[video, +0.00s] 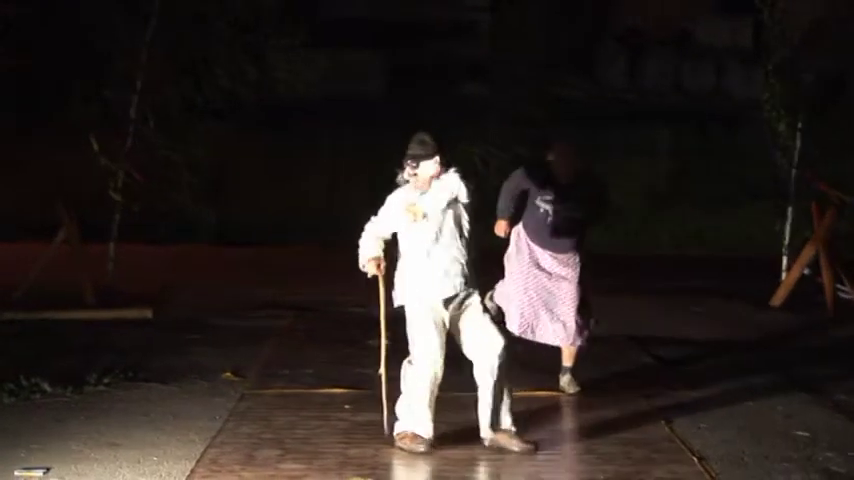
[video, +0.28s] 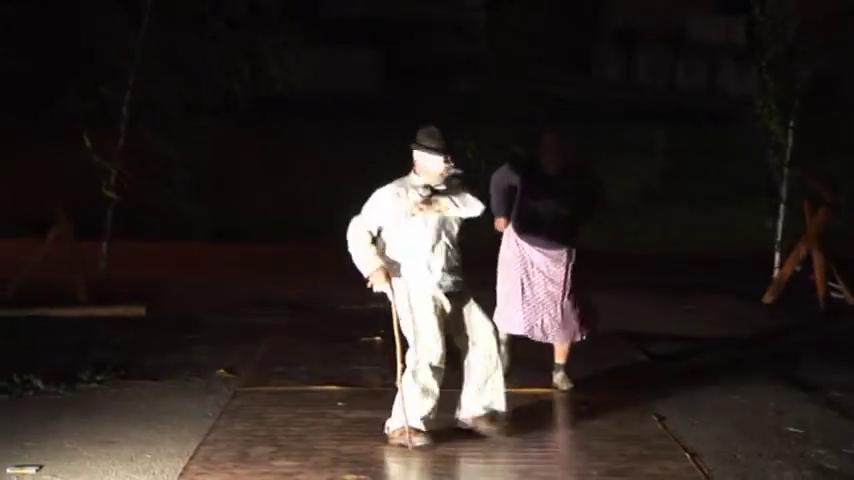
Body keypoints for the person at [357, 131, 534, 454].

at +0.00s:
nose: (416, 170)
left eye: (424, 162)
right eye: (414, 163)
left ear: (437, 163)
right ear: (409, 166)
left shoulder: (453, 188)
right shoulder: (401, 200)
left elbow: (455, 190)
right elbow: (374, 230)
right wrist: (372, 253)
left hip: (461, 292)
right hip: (420, 295)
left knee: (491, 348)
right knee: (428, 360)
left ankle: (497, 428)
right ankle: (409, 429)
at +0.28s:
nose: (448, 165)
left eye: (448, 159)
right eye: (440, 159)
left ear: (447, 161)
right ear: (419, 160)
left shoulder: (451, 195)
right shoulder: (392, 196)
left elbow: (476, 208)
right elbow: (358, 231)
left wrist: (437, 202)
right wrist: (372, 267)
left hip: (452, 288)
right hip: (413, 288)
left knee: (485, 337)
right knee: (428, 352)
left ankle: (473, 411)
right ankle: (403, 424)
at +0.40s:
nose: (449, 175)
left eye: (451, 169)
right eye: (444, 168)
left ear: (450, 169)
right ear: (426, 164)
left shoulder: (455, 199)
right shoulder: (397, 194)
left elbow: (484, 240)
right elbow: (365, 234)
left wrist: (469, 236)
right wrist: (390, 262)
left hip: (449, 288)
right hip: (411, 288)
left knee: (474, 341)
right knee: (422, 351)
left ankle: (449, 407)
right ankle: (400, 422)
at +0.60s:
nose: (460, 154)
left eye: (461, 148)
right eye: (454, 148)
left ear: (460, 151)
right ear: (435, 149)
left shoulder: (462, 183)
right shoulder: (413, 173)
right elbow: (374, 188)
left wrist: (491, 242)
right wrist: (404, 220)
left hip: (453, 282)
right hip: (417, 280)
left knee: (452, 347)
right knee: (415, 344)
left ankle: (439, 409)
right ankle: (398, 415)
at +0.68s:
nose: (459, 145)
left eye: (462, 139)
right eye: (452, 139)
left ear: (466, 143)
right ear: (437, 140)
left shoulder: (466, 174)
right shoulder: (423, 167)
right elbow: (386, 171)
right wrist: (409, 210)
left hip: (454, 274)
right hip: (421, 273)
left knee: (451, 345)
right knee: (418, 339)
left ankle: (440, 408)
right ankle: (399, 408)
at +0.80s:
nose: (463, 146)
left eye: (465, 140)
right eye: (458, 140)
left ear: (464, 143)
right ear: (443, 139)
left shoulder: (461, 175)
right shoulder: (417, 164)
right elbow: (404, 175)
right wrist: (427, 208)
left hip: (449, 264)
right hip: (421, 263)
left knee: (435, 328)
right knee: (438, 326)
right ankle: (413, 397)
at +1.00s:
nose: (470, 158)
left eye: (469, 152)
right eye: (468, 152)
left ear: (444, 152)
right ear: (460, 153)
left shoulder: (452, 183)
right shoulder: (433, 177)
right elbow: (430, 217)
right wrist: (462, 239)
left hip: (442, 272)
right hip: (423, 271)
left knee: (447, 334)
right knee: (446, 332)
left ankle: (435, 401)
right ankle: (422, 403)